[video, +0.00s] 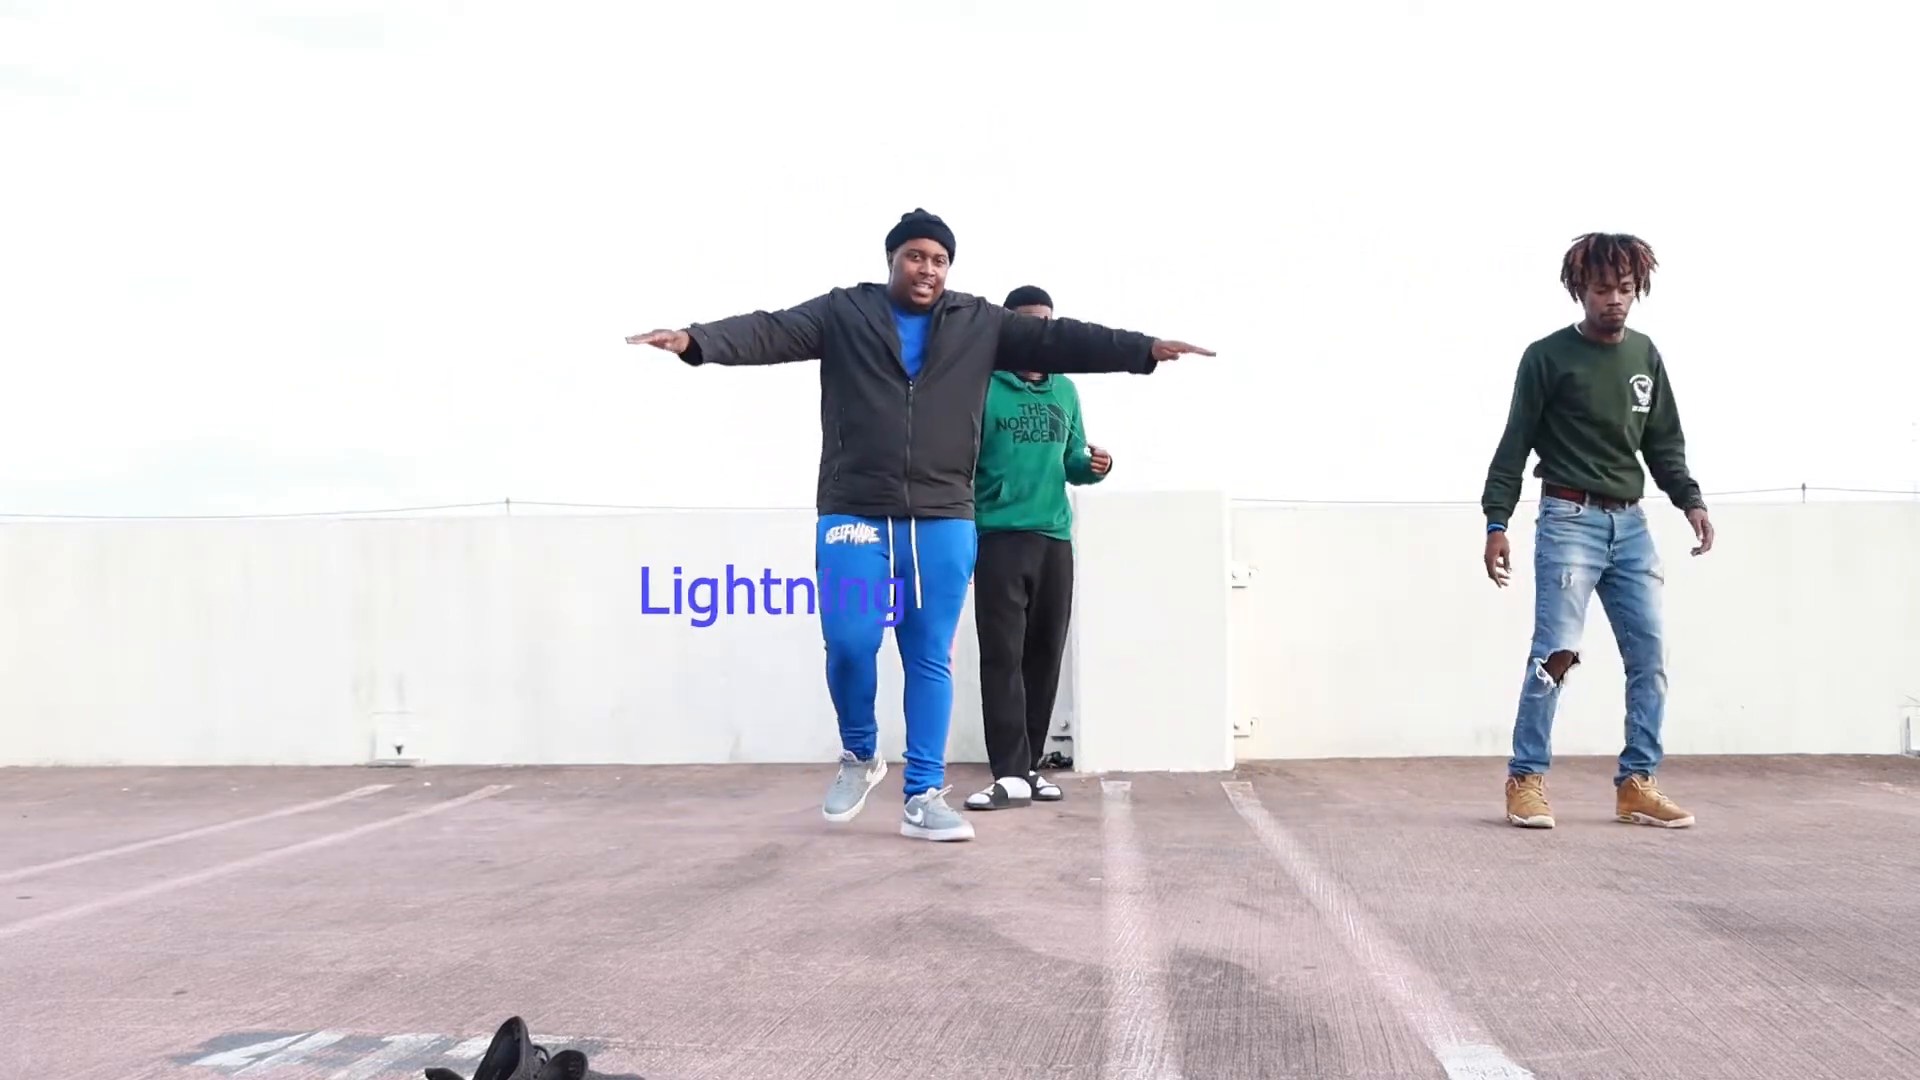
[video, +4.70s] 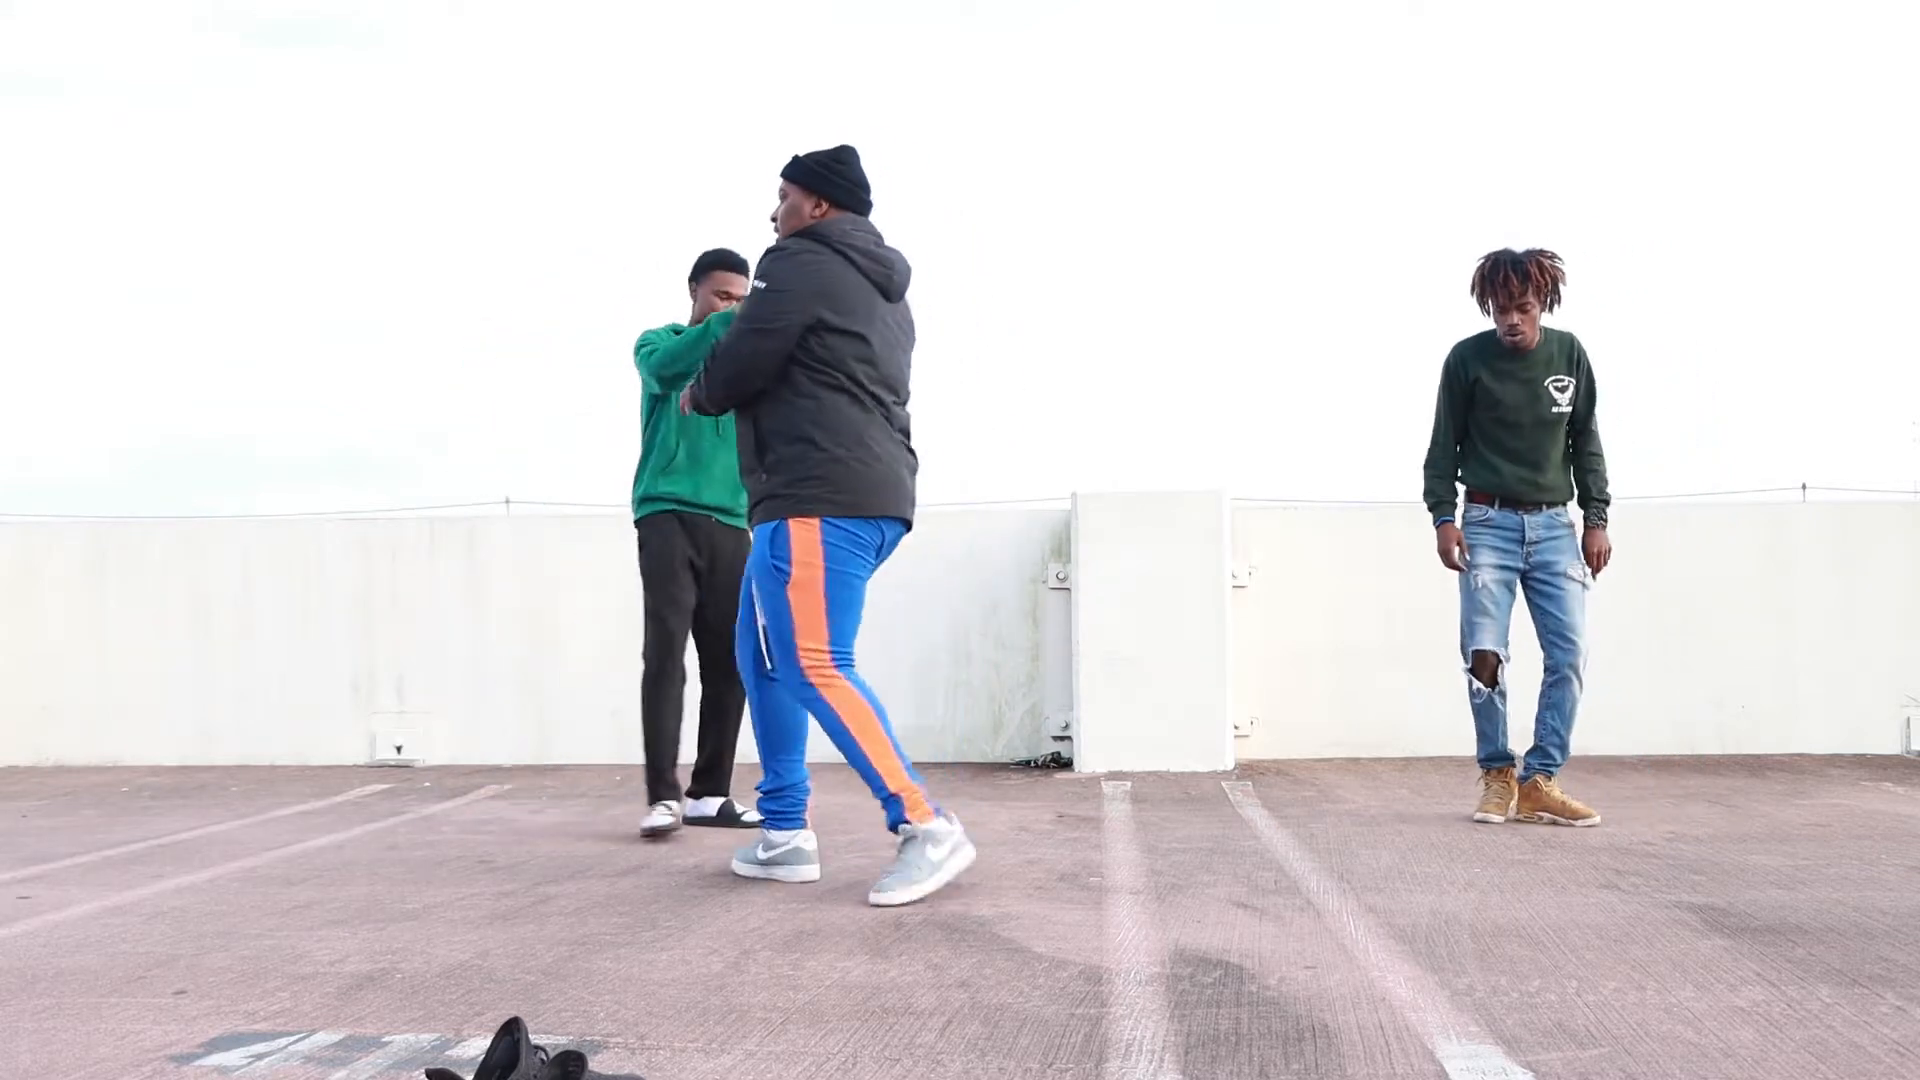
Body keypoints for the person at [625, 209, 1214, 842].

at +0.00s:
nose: (926, 268)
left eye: (937, 260)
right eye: (914, 257)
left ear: (949, 269)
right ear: (891, 261)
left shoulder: (977, 322)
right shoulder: (845, 312)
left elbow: (1053, 338)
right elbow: (773, 330)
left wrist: (1143, 348)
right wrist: (697, 340)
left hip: (942, 510)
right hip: (853, 506)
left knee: (929, 654)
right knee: (848, 644)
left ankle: (924, 796)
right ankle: (859, 756)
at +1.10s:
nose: (912, 283)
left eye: (924, 271)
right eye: (900, 271)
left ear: (945, 267)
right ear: (884, 269)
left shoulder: (983, 316)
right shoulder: (851, 317)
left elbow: (1040, 376)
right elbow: (783, 392)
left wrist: (1059, 374)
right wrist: (798, 374)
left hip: (956, 510)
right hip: (869, 507)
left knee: (943, 660)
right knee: (868, 650)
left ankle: (926, 797)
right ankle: (850, 795)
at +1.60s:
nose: (910, 276)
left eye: (919, 265)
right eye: (897, 267)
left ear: (932, 266)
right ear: (873, 269)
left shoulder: (964, 317)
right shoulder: (841, 317)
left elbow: (984, 396)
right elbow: (827, 389)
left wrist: (954, 329)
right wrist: (906, 372)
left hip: (942, 514)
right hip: (856, 516)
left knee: (932, 656)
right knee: (861, 659)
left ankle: (925, 793)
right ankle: (867, 783)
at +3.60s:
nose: (860, 207)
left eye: (871, 194)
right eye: (847, 202)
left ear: (900, 203)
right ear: (835, 222)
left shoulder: (956, 262)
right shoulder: (814, 288)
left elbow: (988, 339)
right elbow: (790, 382)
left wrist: (910, 321)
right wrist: (866, 343)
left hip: (962, 488)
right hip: (862, 498)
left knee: (978, 644)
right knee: (892, 663)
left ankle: (953, 776)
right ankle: (907, 822)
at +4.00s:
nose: (842, 204)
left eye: (854, 189)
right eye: (835, 194)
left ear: (899, 190)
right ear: (836, 206)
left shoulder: (945, 247)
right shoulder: (836, 286)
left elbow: (907, 344)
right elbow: (812, 402)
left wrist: (796, 348)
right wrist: (792, 363)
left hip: (938, 487)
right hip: (854, 500)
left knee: (911, 654)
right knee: (861, 671)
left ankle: (949, 843)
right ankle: (910, 829)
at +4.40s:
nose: (817, 195)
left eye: (827, 181)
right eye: (819, 182)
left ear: (864, 182)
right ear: (876, 185)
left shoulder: (864, 237)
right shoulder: (902, 246)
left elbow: (808, 342)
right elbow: (881, 370)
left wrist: (740, 364)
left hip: (895, 481)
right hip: (870, 484)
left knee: (880, 659)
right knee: (816, 651)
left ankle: (946, 845)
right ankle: (794, 827)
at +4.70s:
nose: (775, 208)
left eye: (784, 196)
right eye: (780, 195)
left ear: (815, 201)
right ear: (842, 205)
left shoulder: (801, 261)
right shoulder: (880, 282)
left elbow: (741, 359)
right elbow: (835, 373)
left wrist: (700, 395)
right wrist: (744, 374)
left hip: (815, 491)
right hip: (856, 489)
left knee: (813, 666)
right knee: (762, 661)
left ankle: (928, 831)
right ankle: (784, 830)